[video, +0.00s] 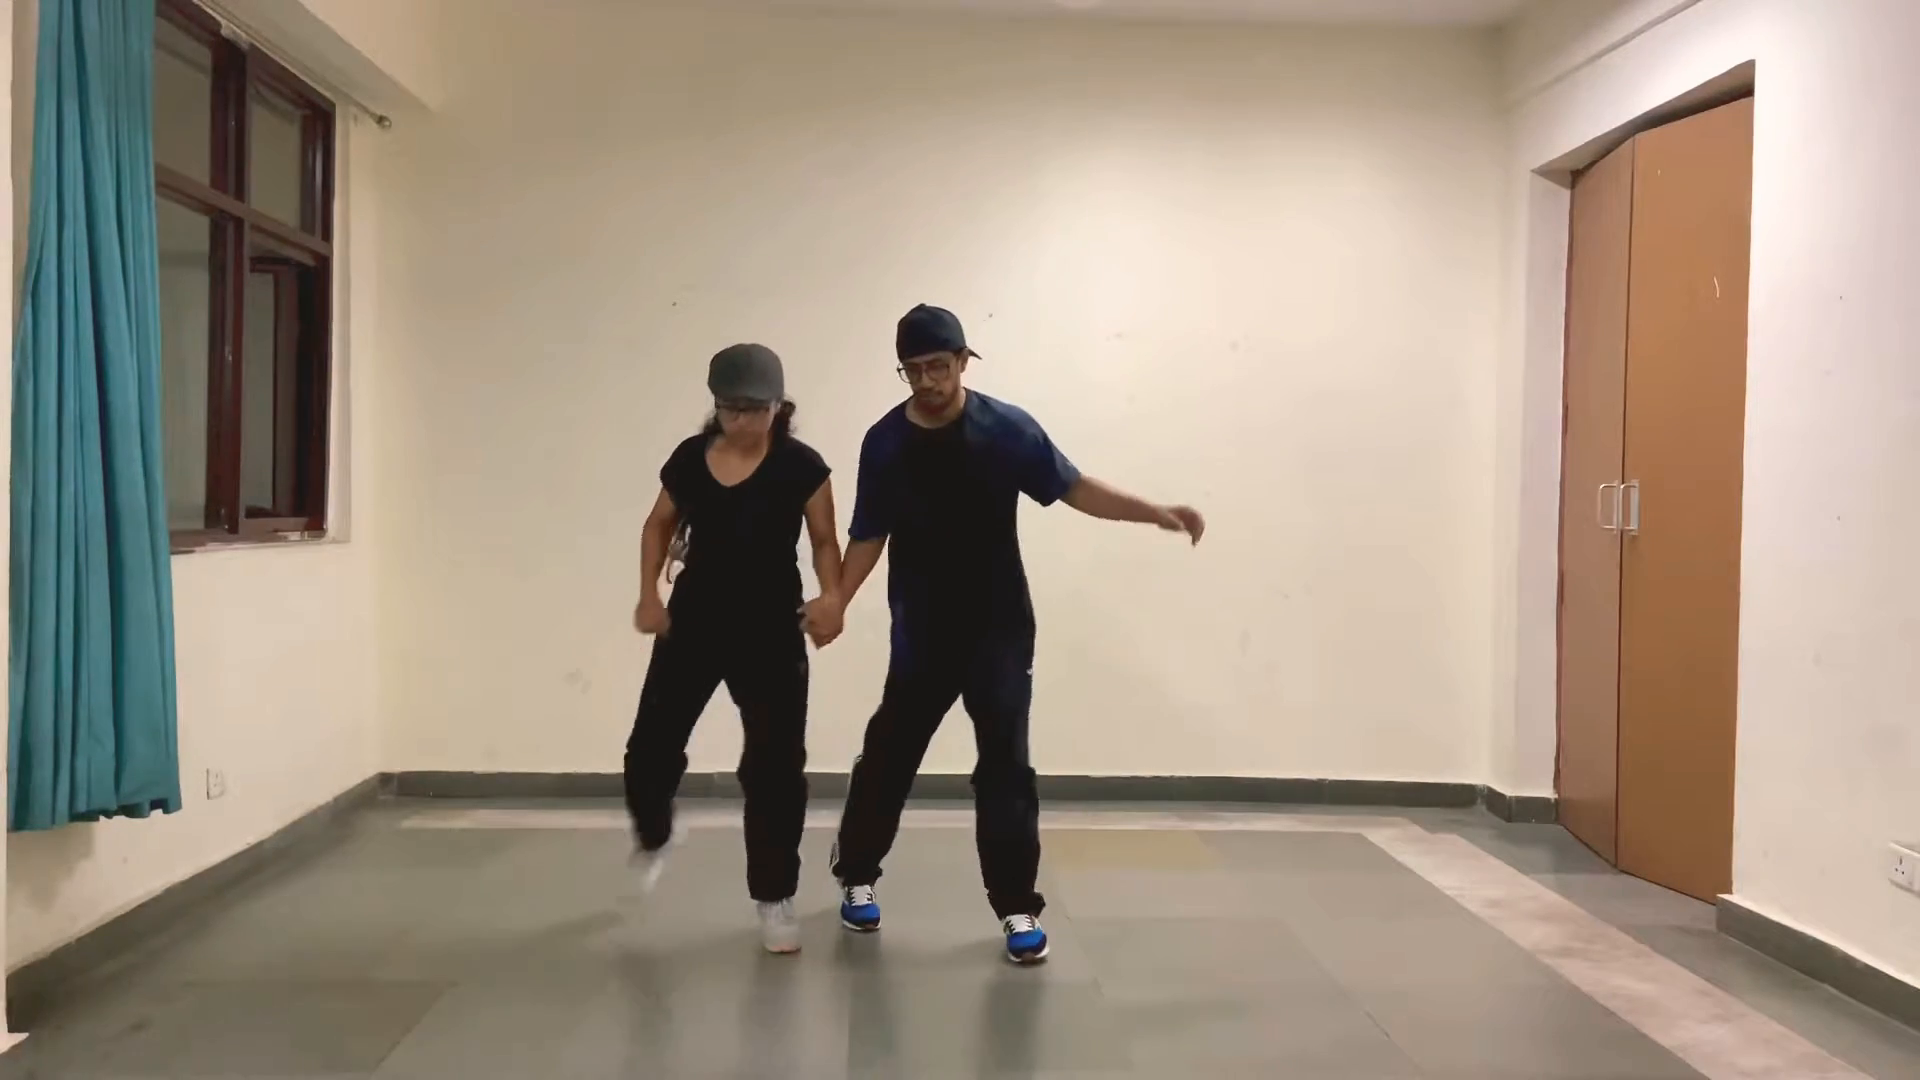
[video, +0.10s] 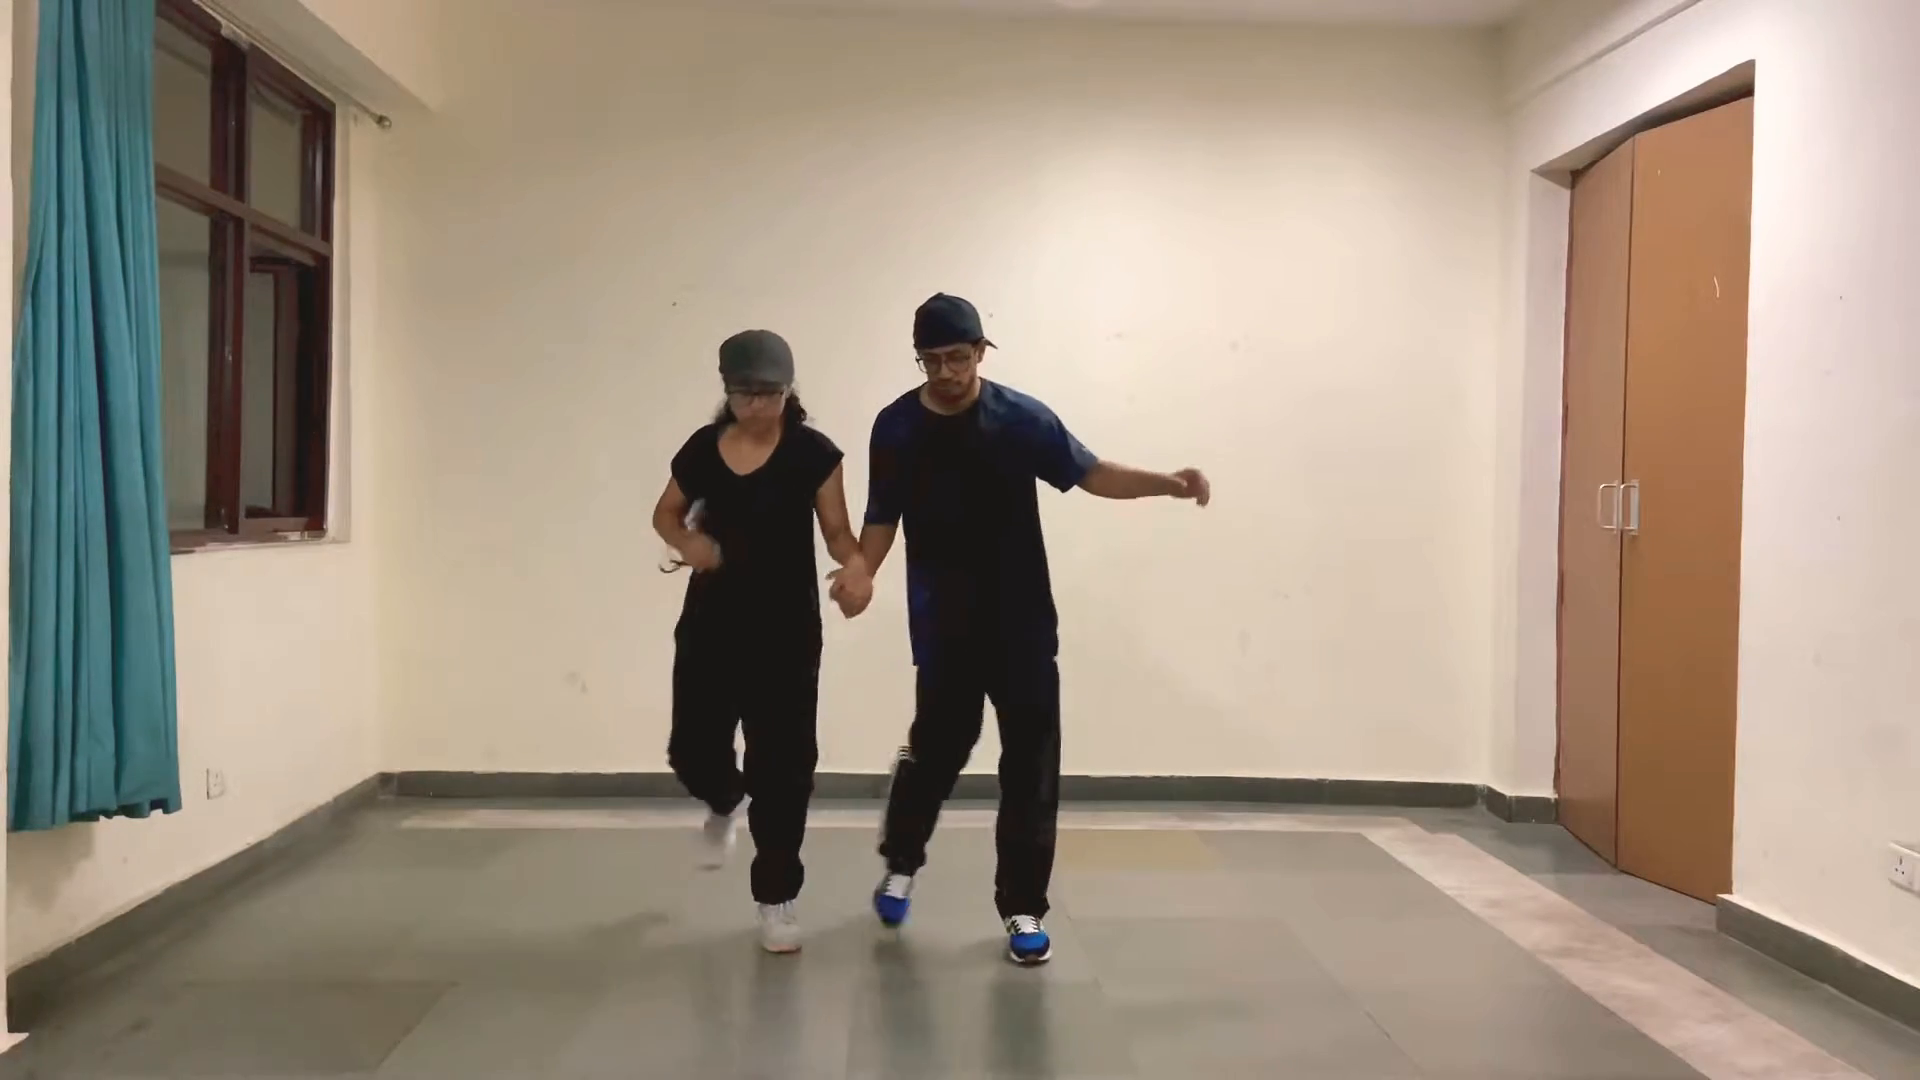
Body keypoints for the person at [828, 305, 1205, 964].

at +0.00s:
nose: (931, 381)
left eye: (942, 366)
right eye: (917, 369)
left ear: (964, 361)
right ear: (903, 370)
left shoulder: (1007, 430)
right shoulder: (886, 443)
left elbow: (1075, 488)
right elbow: (866, 537)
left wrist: (1159, 514)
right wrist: (833, 602)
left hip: (999, 627)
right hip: (922, 629)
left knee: (1006, 763)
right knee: (891, 752)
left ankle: (1018, 906)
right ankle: (858, 875)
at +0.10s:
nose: (949, 372)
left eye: (960, 357)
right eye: (935, 359)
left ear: (981, 352)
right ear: (918, 359)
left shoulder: (1022, 419)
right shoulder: (897, 429)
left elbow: (1090, 473)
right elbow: (881, 515)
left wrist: (1170, 483)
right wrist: (861, 571)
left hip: (1022, 622)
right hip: (944, 624)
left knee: (1033, 763)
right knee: (939, 749)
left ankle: (1024, 908)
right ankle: (900, 865)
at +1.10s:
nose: (1035, 365)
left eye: (1048, 352)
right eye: (1022, 353)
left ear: (1069, 351)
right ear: (1006, 356)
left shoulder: (1111, 427)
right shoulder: (987, 426)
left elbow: (1159, 511)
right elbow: (958, 513)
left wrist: (1147, 552)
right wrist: (921, 572)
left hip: (1062, 609)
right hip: (988, 603)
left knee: (1039, 761)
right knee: (976, 757)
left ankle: (1090, 896)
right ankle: (984, 899)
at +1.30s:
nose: (1051, 370)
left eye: (1063, 357)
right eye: (1037, 359)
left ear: (1084, 358)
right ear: (1020, 361)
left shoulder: (1121, 432)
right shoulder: (1002, 439)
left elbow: (1170, 523)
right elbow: (986, 544)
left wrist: (1220, 607)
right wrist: (946, 627)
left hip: (1082, 637)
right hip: (1008, 632)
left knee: (1064, 773)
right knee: (989, 767)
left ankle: (1078, 902)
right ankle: (988, 901)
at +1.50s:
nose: (1062, 378)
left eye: (1075, 366)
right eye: (1049, 365)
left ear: (1094, 369)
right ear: (1030, 370)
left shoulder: (1130, 442)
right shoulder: (1008, 450)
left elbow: (1165, 537)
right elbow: (1012, 535)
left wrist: (1195, 628)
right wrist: (979, 610)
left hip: (1138, 626)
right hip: (1063, 632)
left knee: (1154, 769)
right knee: (1100, 760)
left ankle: (1111, 907)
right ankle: (1089, 903)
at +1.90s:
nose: (1090, 381)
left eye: (1103, 369)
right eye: (1076, 367)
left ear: (1116, 373)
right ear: (1052, 368)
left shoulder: (1138, 444)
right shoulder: (1012, 450)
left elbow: (1203, 503)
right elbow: (984, 540)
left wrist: (1251, 540)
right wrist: (931, 600)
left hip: (1131, 626)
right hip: (1061, 631)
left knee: (1144, 776)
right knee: (1124, 770)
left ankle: (1077, 903)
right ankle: (1160, 932)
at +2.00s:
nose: (1099, 377)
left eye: (1111, 366)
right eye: (1085, 364)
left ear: (1123, 372)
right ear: (1059, 364)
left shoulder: (1128, 444)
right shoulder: (1011, 441)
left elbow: (1186, 500)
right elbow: (961, 523)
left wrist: (1211, 520)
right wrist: (909, 591)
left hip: (1110, 625)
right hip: (1043, 624)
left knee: (1126, 765)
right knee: (1107, 744)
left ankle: (1081, 904)